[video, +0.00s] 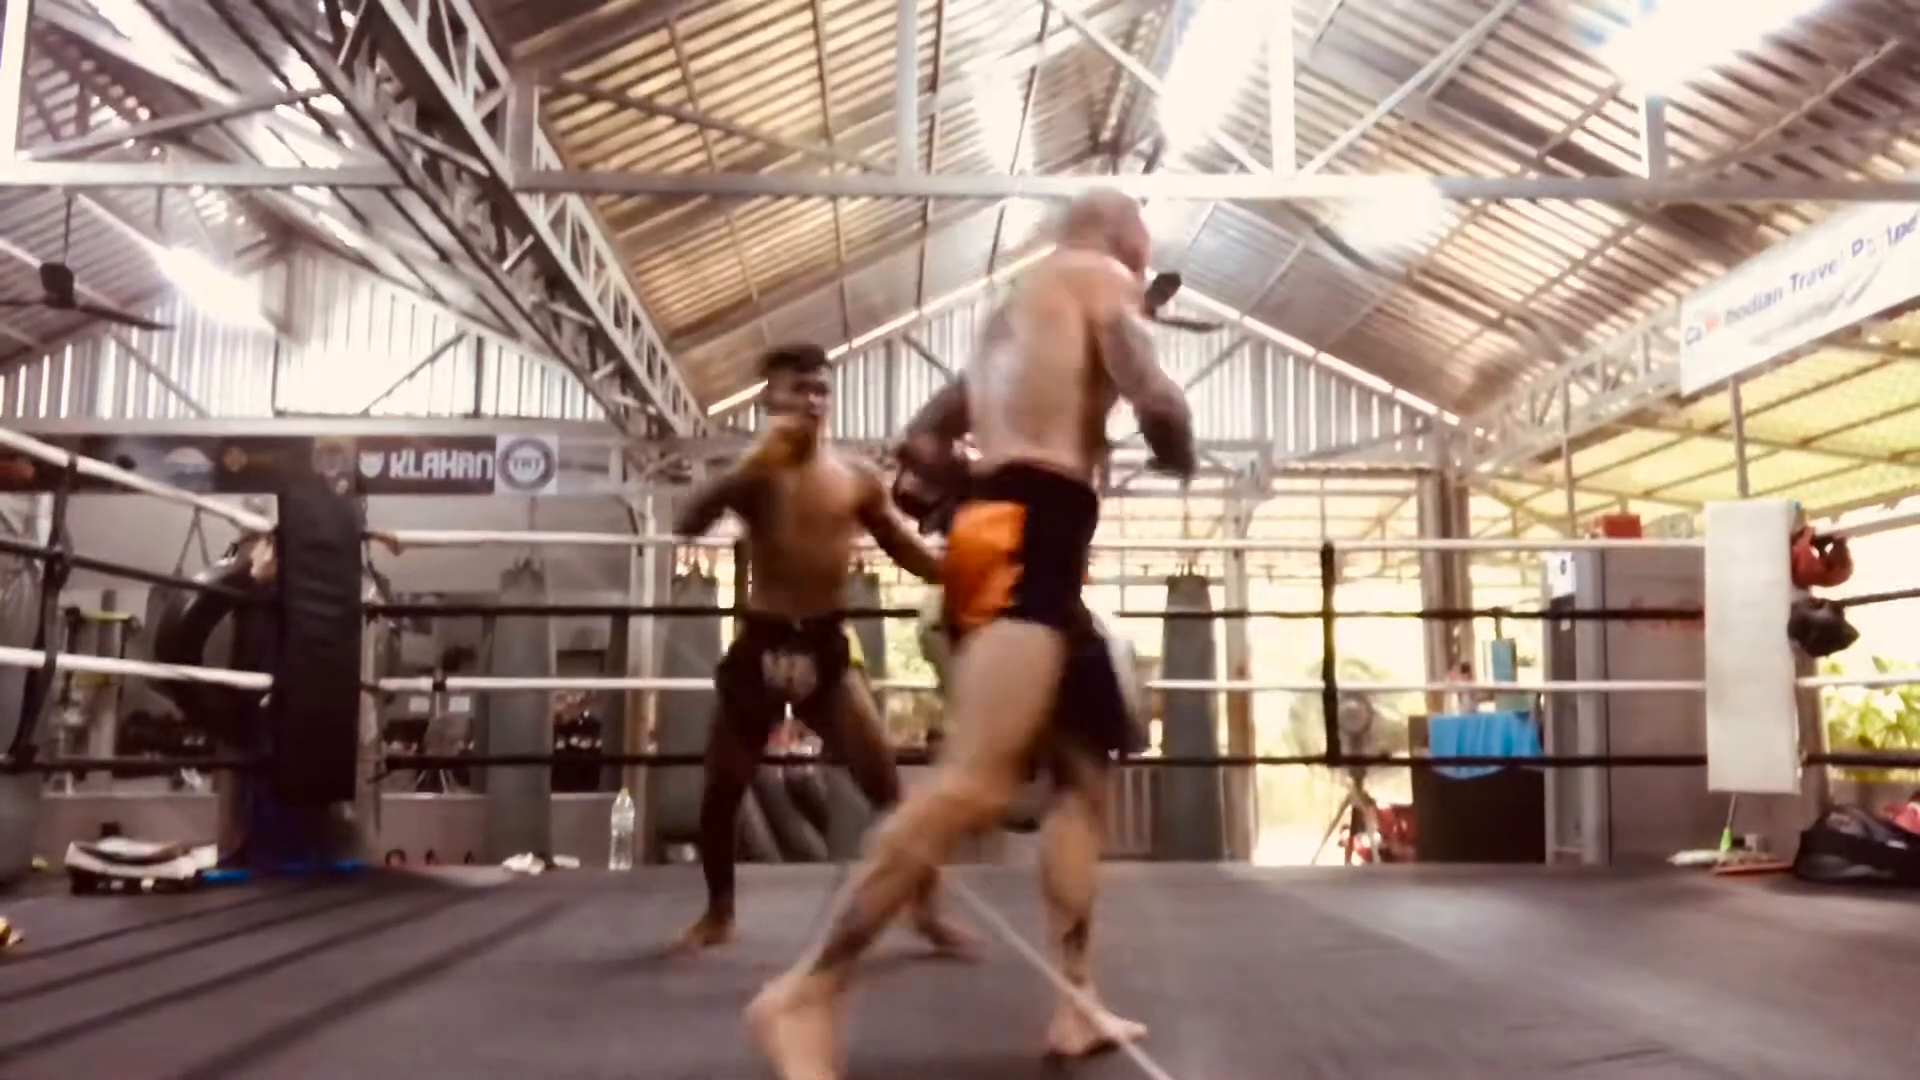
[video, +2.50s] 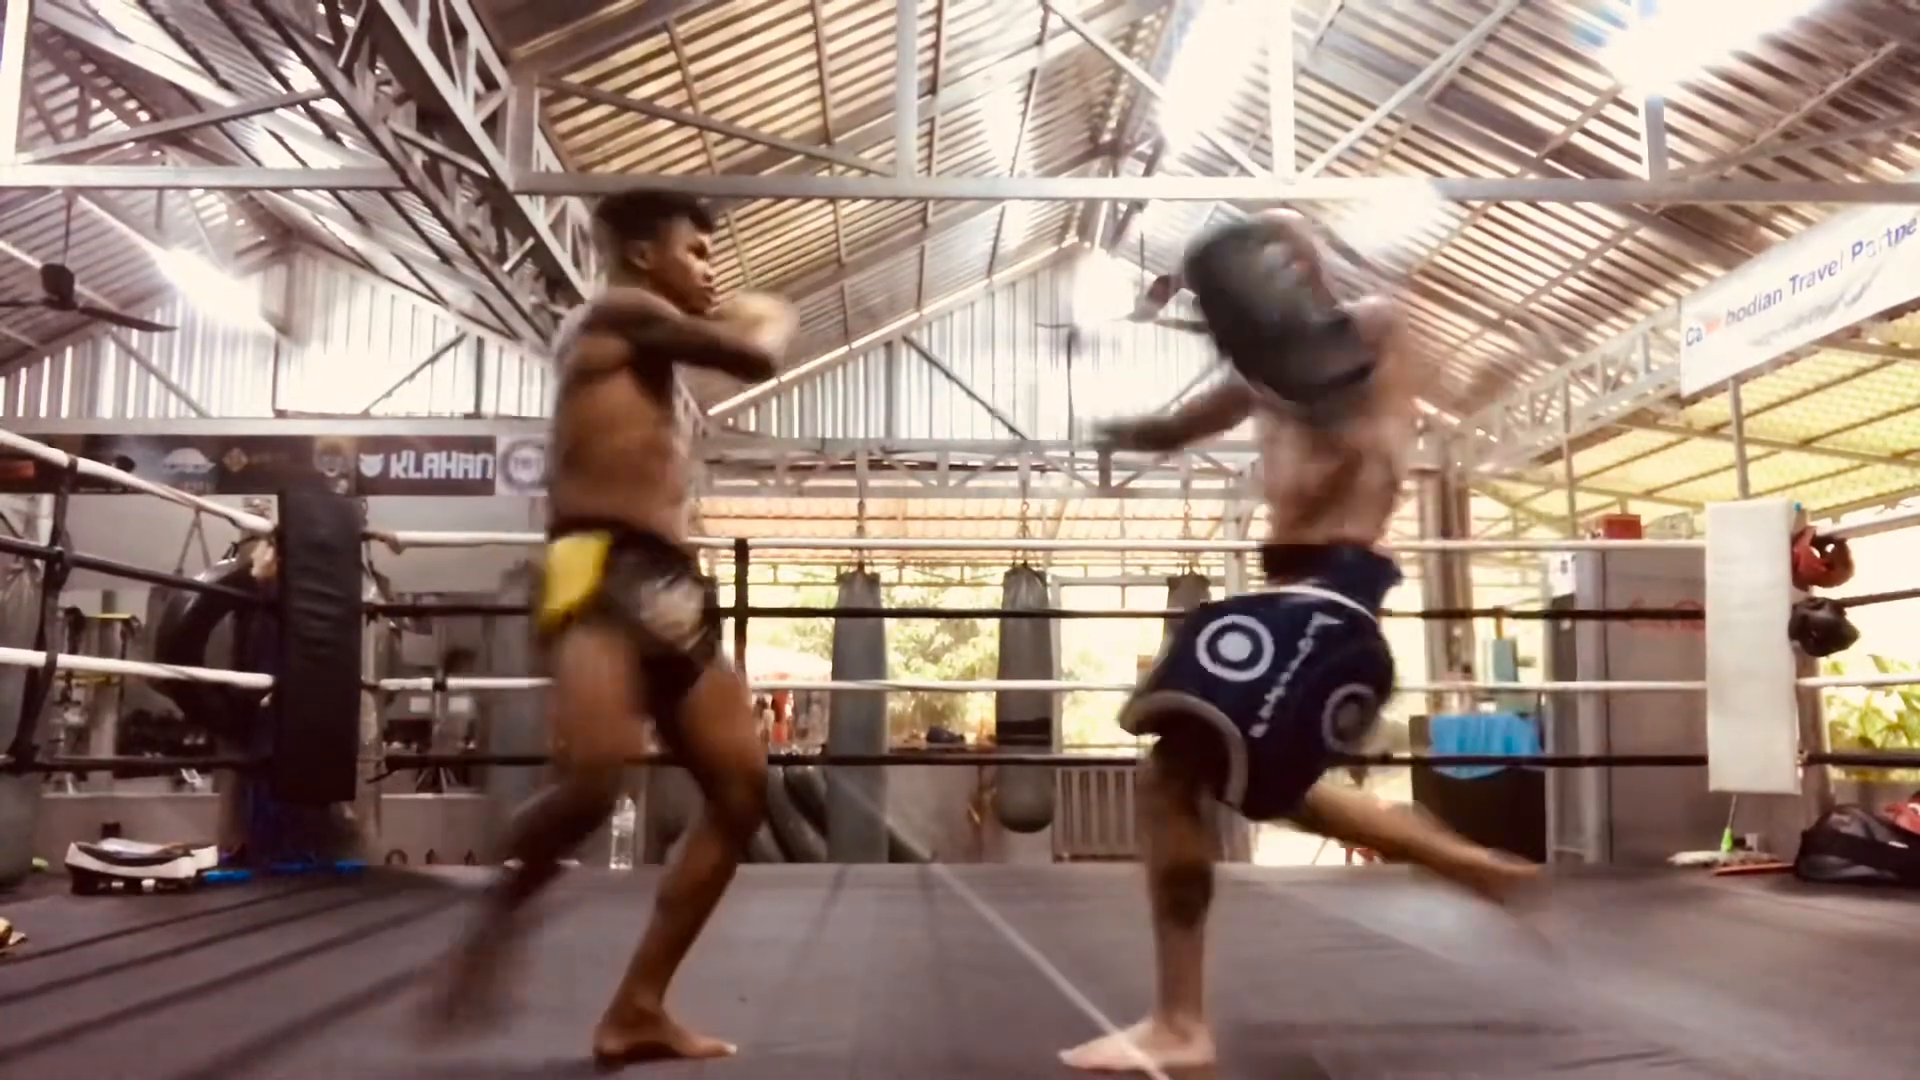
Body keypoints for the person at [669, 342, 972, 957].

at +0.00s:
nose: (810, 402)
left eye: (819, 391)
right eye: (798, 390)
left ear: (831, 401)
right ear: (769, 397)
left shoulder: (855, 480)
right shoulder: (755, 474)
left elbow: (909, 551)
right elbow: (689, 523)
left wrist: (966, 574)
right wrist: (754, 466)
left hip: (825, 642)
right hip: (761, 641)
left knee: (883, 777)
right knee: (721, 787)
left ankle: (925, 912)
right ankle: (718, 914)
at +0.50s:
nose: (781, 396)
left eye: (784, 385)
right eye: (769, 380)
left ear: (768, 393)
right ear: (722, 379)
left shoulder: (752, 478)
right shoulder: (661, 437)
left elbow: (729, 571)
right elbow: (610, 531)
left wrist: (782, 611)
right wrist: (692, 563)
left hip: (683, 632)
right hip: (611, 621)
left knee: (703, 783)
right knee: (563, 787)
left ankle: (650, 951)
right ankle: (575, 896)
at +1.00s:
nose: (660, 321)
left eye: (661, 308)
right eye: (645, 304)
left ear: (642, 326)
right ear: (590, 309)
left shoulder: (619, 416)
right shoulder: (525, 375)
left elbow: (612, 531)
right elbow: (523, 458)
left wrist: (683, 497)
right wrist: (635, 413)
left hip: (579, 609)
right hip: (496, 597)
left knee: (669, 768)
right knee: (433, 791)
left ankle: (633, 950)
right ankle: (350, 989)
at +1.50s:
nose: (773, 347)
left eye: (776, 334)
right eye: (763, 328)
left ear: (730, 334)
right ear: (711, 322)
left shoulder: (721, 438)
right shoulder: (633, 381)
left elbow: (726, 539)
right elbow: (618, 482)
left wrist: (799, 520)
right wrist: (730, 495)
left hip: (648, 617)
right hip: (568, 597)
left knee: (735, 778)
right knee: (482, 780)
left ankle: (688, 975)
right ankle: (373, 969)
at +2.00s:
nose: (724, 303)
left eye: (726, 289)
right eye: (713, 284)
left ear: (671, 286)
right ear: (660, 279)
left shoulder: (639, 387)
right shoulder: (580, 342)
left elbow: (679, 502)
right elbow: (620, 422)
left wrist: (752, 441)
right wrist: (726, 380)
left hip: (593, 584)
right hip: (514, 569)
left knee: (667, 780)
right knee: (441, 791)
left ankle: (678, 979)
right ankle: (337, 1012)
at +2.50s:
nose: (710, 264)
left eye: (709, 250)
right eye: (696, 247)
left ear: (652, 254)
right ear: (643, 250)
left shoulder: (649, 337)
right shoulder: (618, 310)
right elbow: (756, 355)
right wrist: (765, 313)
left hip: (662, 576)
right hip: (599, 564)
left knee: (740, 792)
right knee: (594, 780)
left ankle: (638, 1008)